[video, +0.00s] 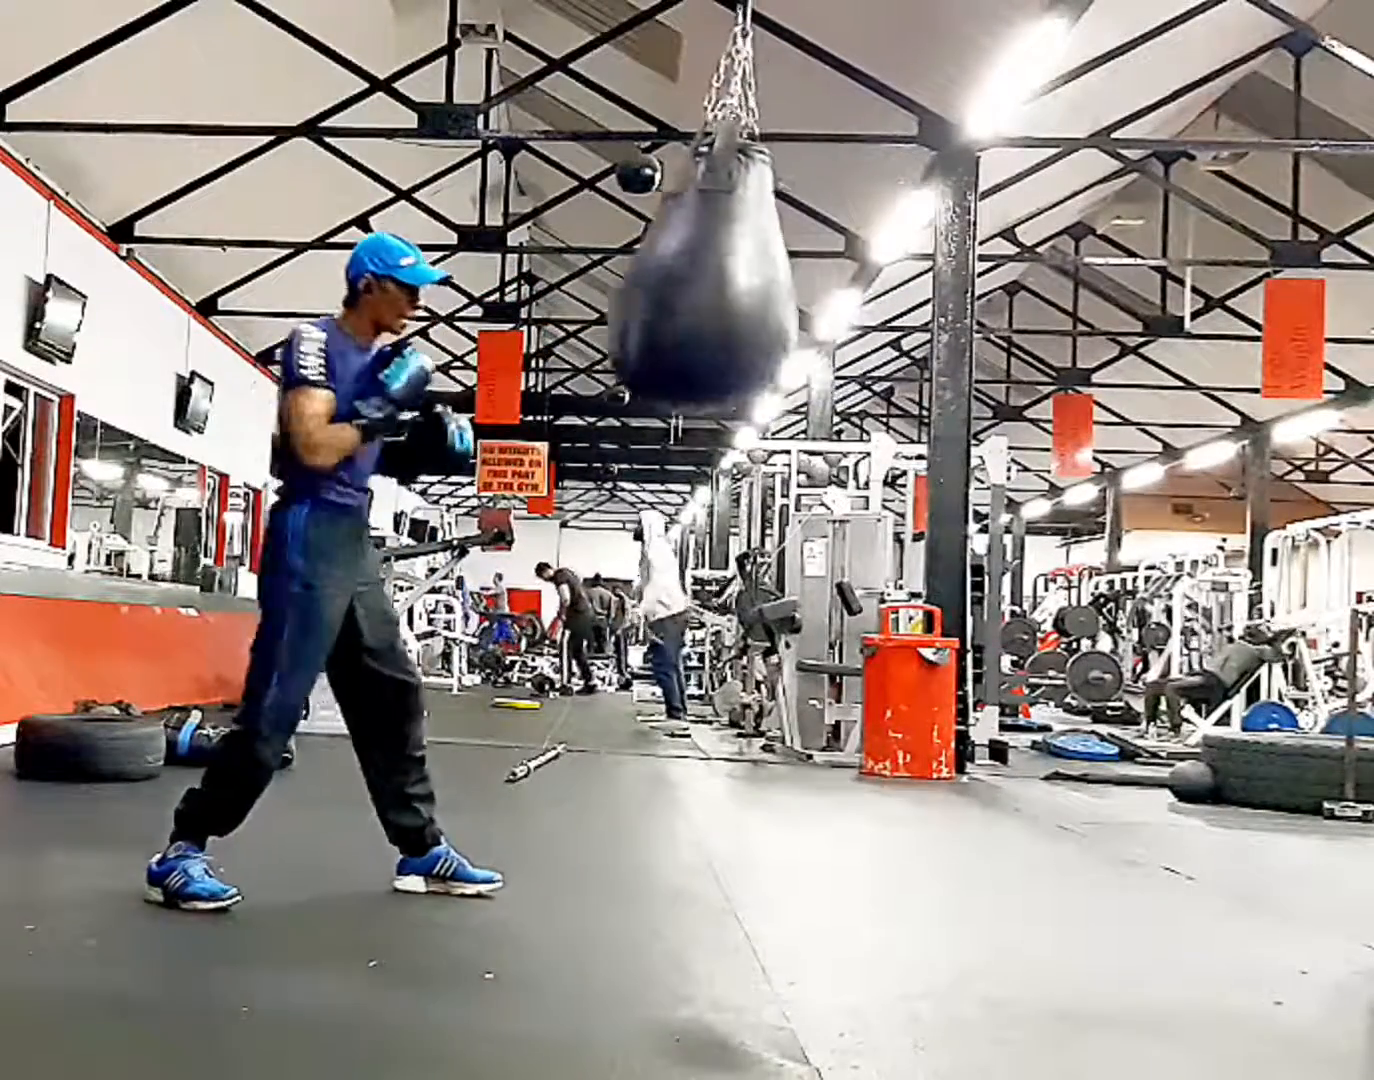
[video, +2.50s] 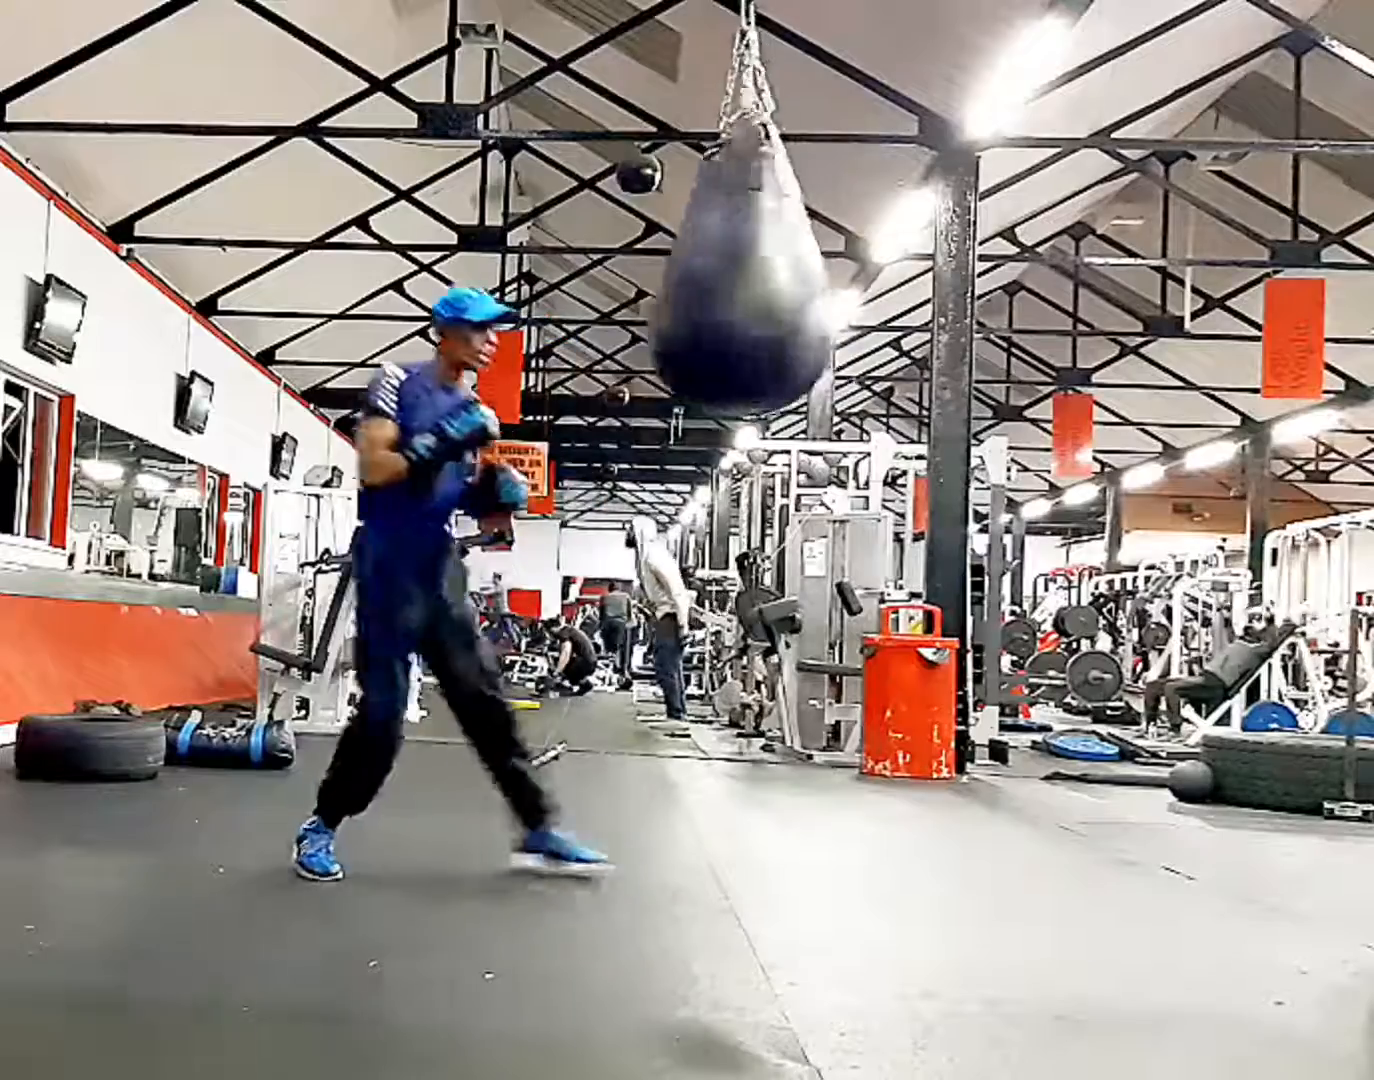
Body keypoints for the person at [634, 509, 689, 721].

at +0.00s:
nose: (635, 531)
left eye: (639, 526)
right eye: (637, 526)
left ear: (647, 527)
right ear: (656, 527)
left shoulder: (654, 548)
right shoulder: (660, 547)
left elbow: (656, 583)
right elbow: (646, 581)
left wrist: (643, 607)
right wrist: (634, 595)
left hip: (666, 611)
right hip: (674, 610)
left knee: (664, 665)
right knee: (672, 663)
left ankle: (675, 712)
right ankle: (678, 709)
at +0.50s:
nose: (653, 528)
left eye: (655, 524)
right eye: (654, 524)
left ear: (663, 525)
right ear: (673, 526)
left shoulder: (665, 543)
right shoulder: (674, 547)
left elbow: (634, 535)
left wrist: (608, 525)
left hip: (657, 606)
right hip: (669, 606)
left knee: (655, 662)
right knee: (665, 660)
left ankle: (674, 713)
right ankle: (677, 709)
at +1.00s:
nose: (649, 529)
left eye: (653, 524)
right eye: (650, 524)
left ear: (662, 527)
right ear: (667, 526)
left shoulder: (666, 548)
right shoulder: (672, 547)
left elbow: (640, 568)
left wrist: (612, 576)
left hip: (664, 610)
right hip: (670, 608)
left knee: (662, 662)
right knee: (664, 661)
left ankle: (675, 710)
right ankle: (676, 708)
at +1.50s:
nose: (637, 528)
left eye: (641, 524)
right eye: (639, 524)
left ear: (650, 527)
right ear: (655, 526)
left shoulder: (661, 548)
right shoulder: (653, 548)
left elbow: (668, 583)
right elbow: (650, 582)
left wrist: (665, 618)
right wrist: (637, 595)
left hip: (669, 610)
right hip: (661, 608)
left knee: (663, 662)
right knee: (668, 661)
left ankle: (676, 711)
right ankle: (676, 709)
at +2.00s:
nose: (638, 529)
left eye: (642, 525)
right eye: (640, 524)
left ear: (652, 528)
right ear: (655, 528)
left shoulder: (664, 550)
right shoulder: (654, 550)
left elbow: (682, 584)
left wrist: (689, 618)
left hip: (669, 612)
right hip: (662, 612)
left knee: (664, 664)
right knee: (668, 664)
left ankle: (676, 712)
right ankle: (677, 709)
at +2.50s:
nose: (626, 535)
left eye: (630, 530)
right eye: (627, 530)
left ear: (640, 533)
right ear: (643, 533)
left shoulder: (655, 557)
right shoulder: (644, 557)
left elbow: (676, 590)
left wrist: (683, 624)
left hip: (669, 616)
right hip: (659, 617)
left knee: (667, 667)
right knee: (669, 667)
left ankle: (676, 712)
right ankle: (676, 711)